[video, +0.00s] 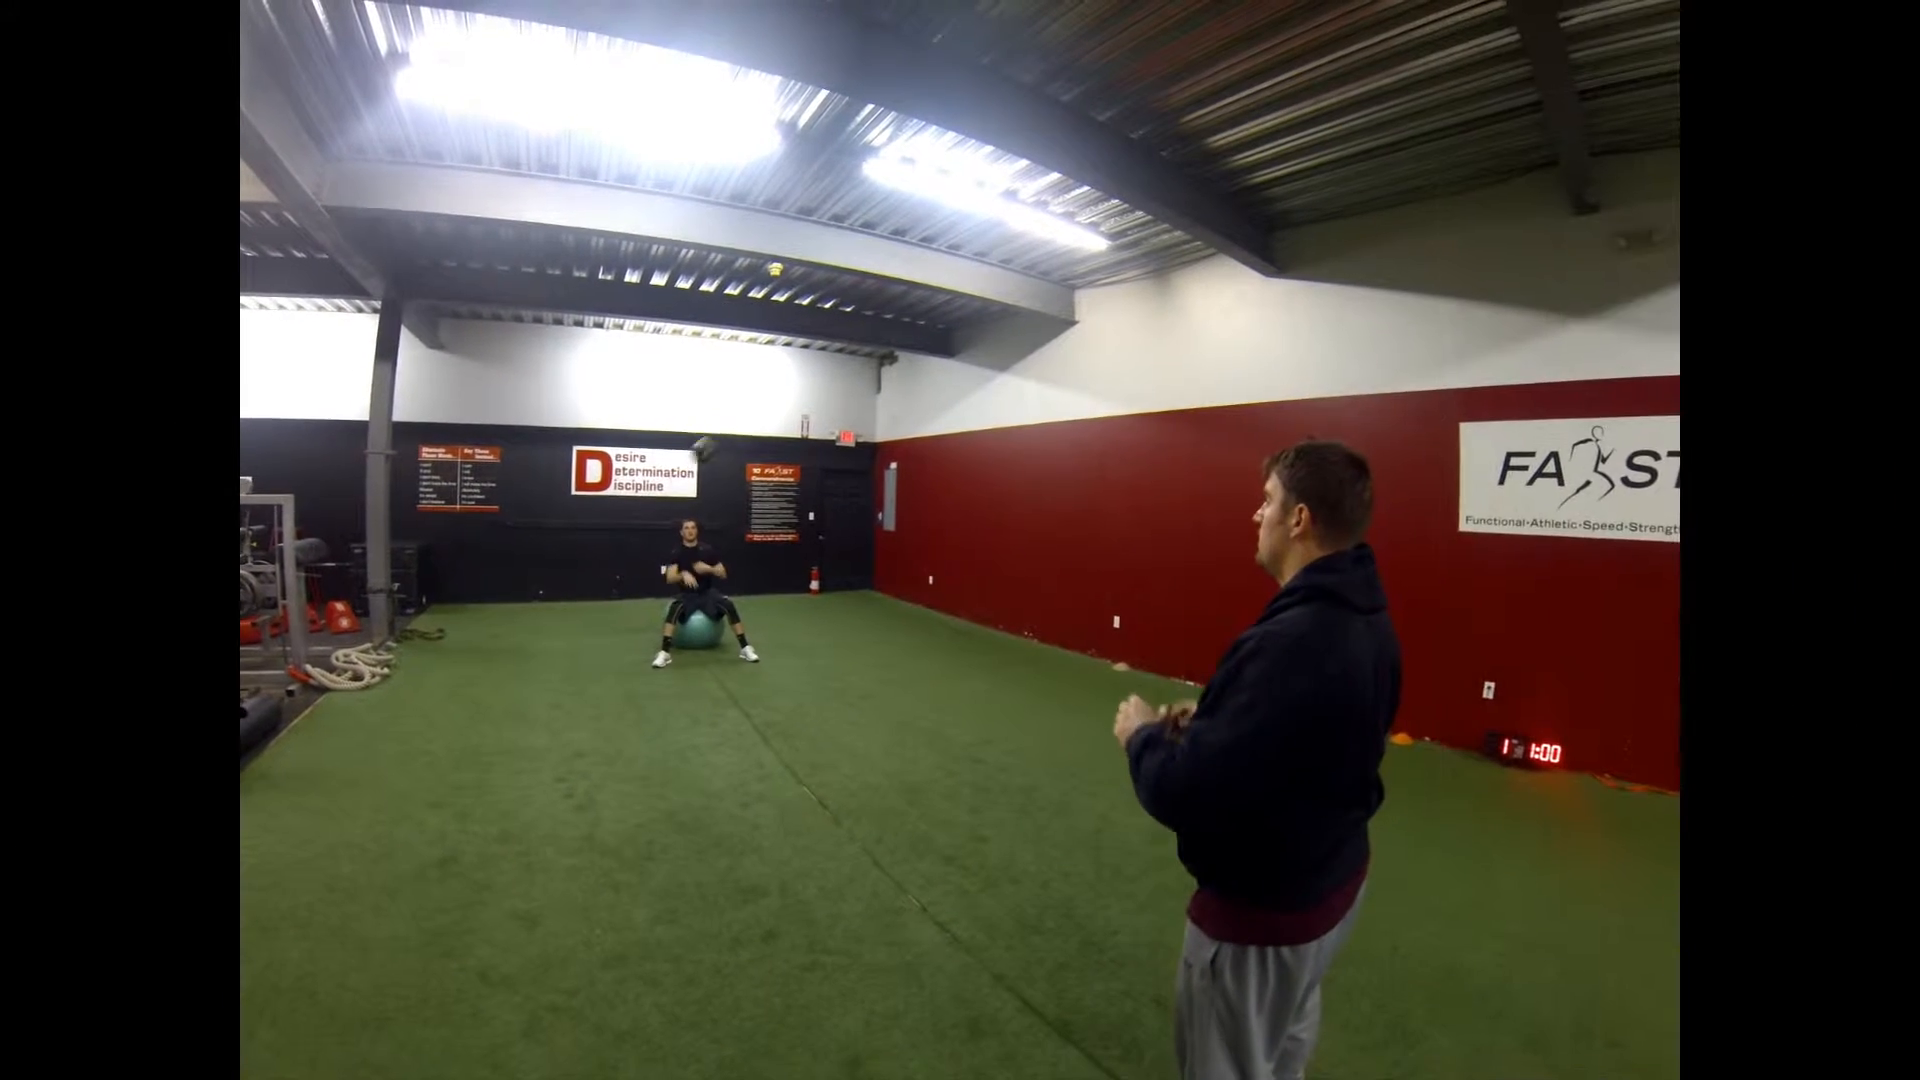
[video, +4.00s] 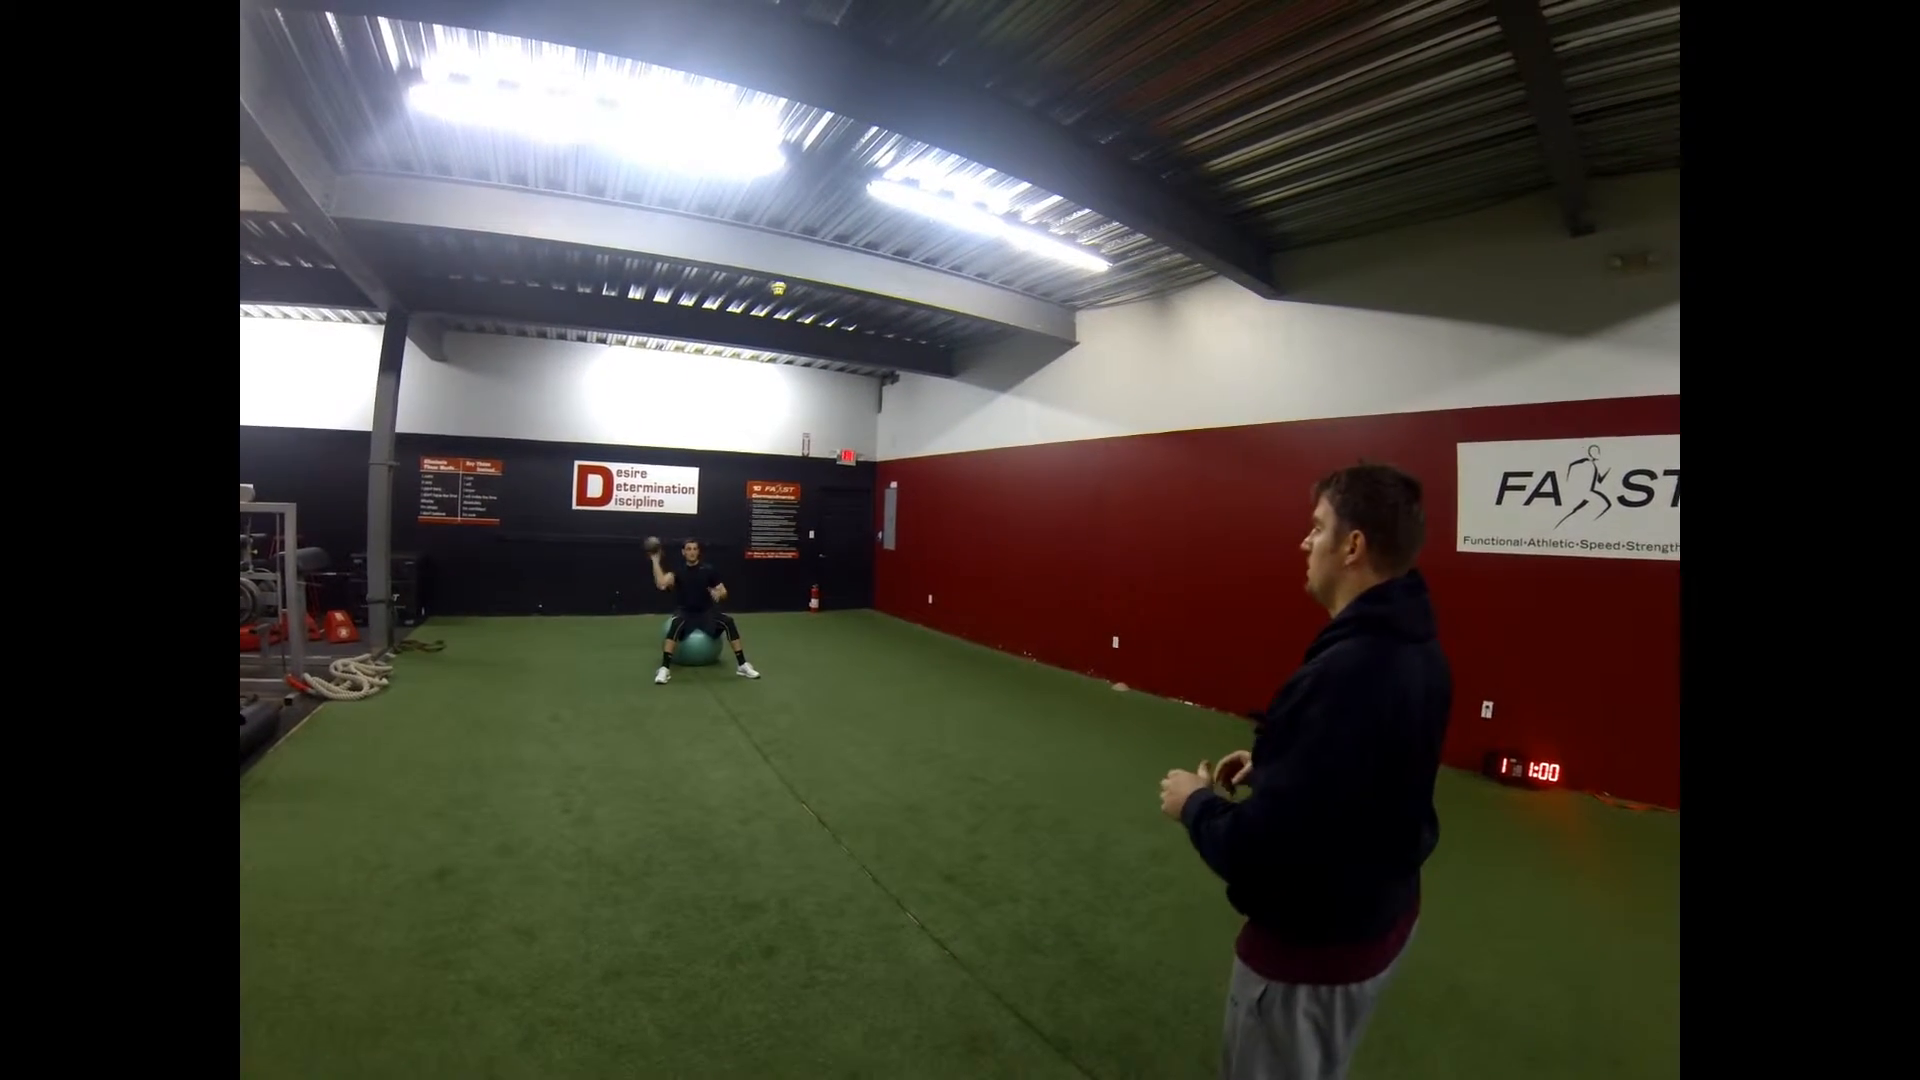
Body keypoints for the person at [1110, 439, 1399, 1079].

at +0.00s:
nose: (1256, 517)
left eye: (1266, 502)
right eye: (1261, 501)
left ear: (1300, 519)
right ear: (1345, 523)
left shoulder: (1287, 643)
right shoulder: (1365, 620)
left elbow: (1186, 792)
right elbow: (1313, 748)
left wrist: (1141, 740)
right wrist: (1210, 722)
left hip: (1255, 918)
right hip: (1328, 891)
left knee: (1221, 1065)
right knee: (1284, 1053)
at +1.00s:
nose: (1352, 531)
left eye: (1355, 518)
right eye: (1355, 519)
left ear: (1371, 526)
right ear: (1442, 534)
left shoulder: (1320, 637)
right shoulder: (1468, 649)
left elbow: (1229, 728)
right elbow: (1447, 765)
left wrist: (1268, 647)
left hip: (1300, 909)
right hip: (1402, 904)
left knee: (1227, 1065)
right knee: (1355, 1066)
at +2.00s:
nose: (1248, 556)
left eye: (1253, 543)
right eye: (1250, 543)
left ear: (1276, 546)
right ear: (1328, 549)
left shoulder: (1238, 645)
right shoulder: (1344, 623)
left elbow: (1141, 704)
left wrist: (1174, 628)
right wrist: (1402, 550)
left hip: (1221, 871)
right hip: (1307, 859)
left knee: (1155, 957)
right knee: (1299, 1006)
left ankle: (1136, 1056)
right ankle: (1314, 1073)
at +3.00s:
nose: (1287, 563)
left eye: (1292, 547)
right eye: (1288, 547)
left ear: (1320, 548)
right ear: (1340, 547)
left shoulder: (1334, 644)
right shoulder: (1386, 628)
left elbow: (1286, 776)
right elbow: (1360, 740)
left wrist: (1197, 792)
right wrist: (1278, 744)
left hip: (1297, 874)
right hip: (1362, 859)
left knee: (1220, 983)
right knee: (1325, 990)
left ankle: (1151, 1063)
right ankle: (1304, 1074)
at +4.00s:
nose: (1304, 544)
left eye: (1316, 528)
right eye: (1310, 528)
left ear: (1353, 546)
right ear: (1363, 547)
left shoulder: (1347, 666)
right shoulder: (1414, 645)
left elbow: (1262, 847)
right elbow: (1368, 775)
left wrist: (1196, 806)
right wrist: (1268, 767)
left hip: (1306, 957)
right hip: (1373, 931)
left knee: (1266, 1069)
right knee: (1313, 1066)